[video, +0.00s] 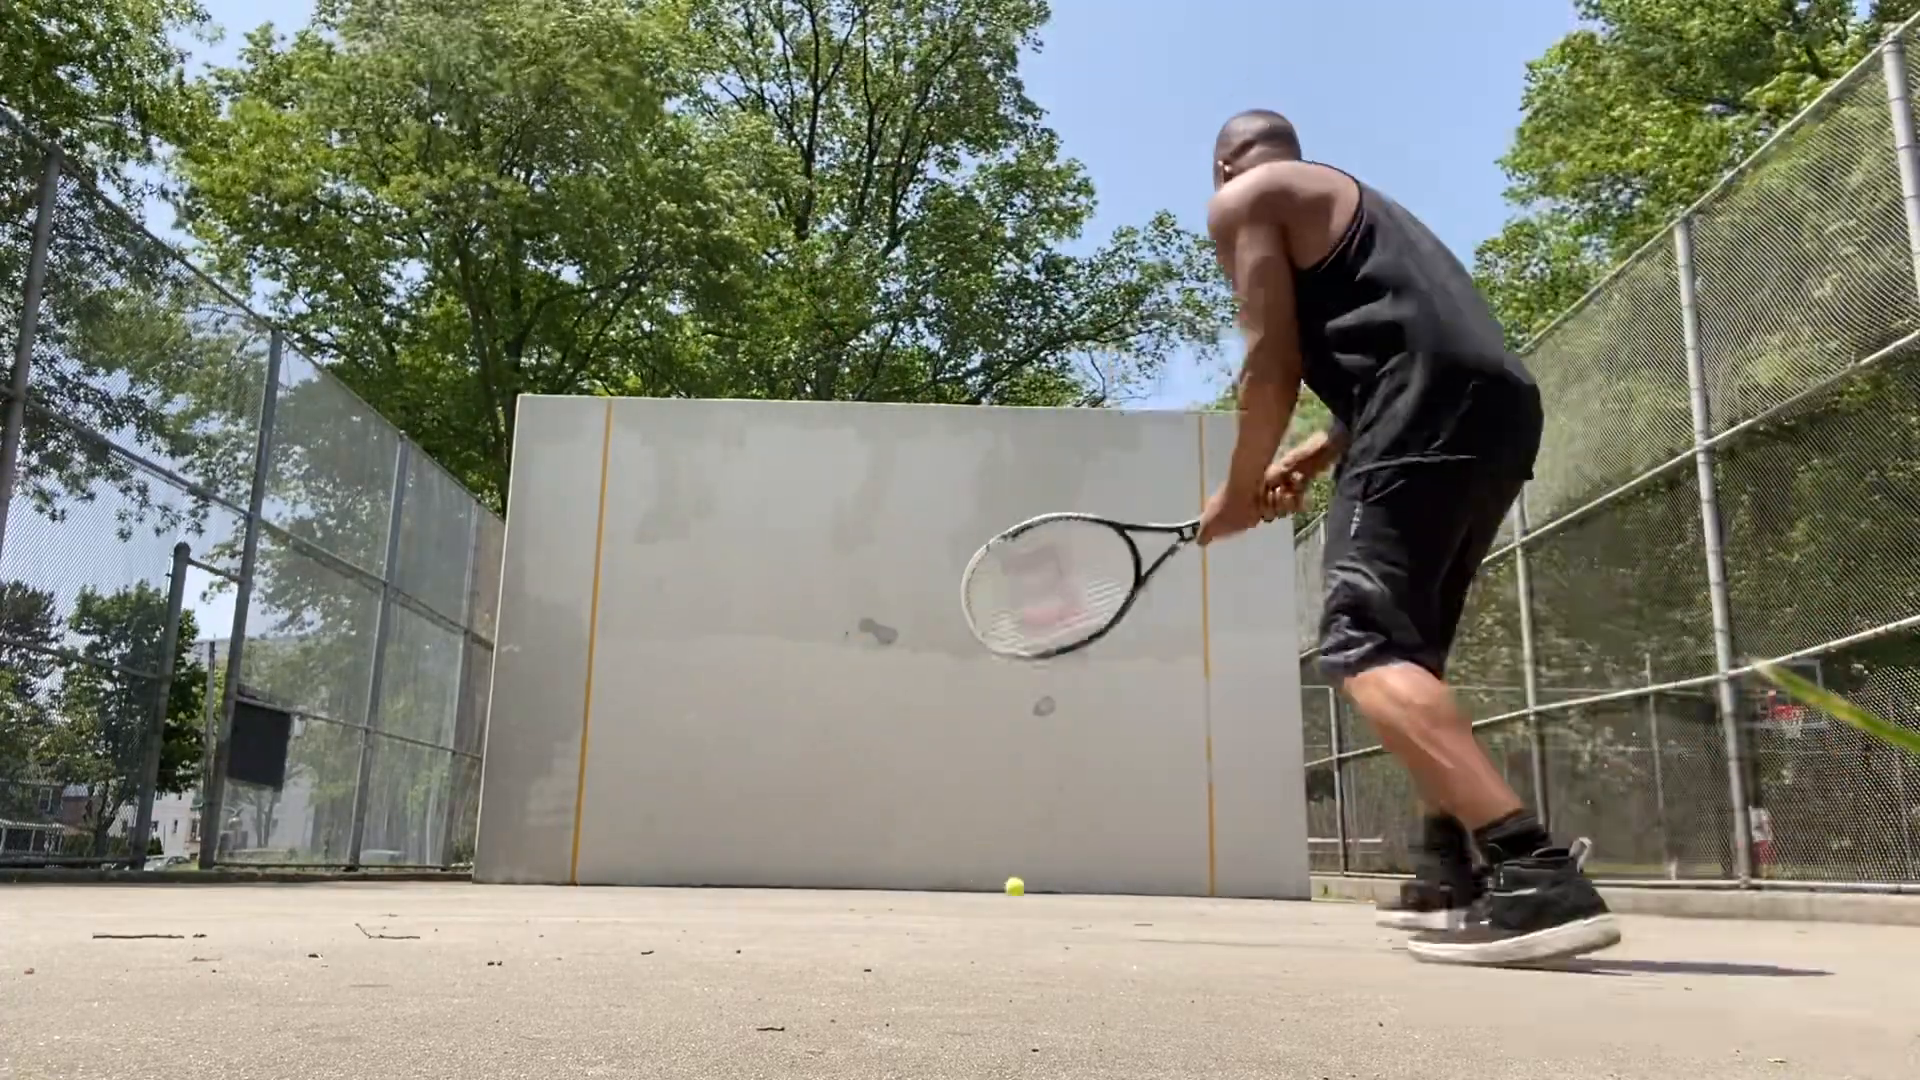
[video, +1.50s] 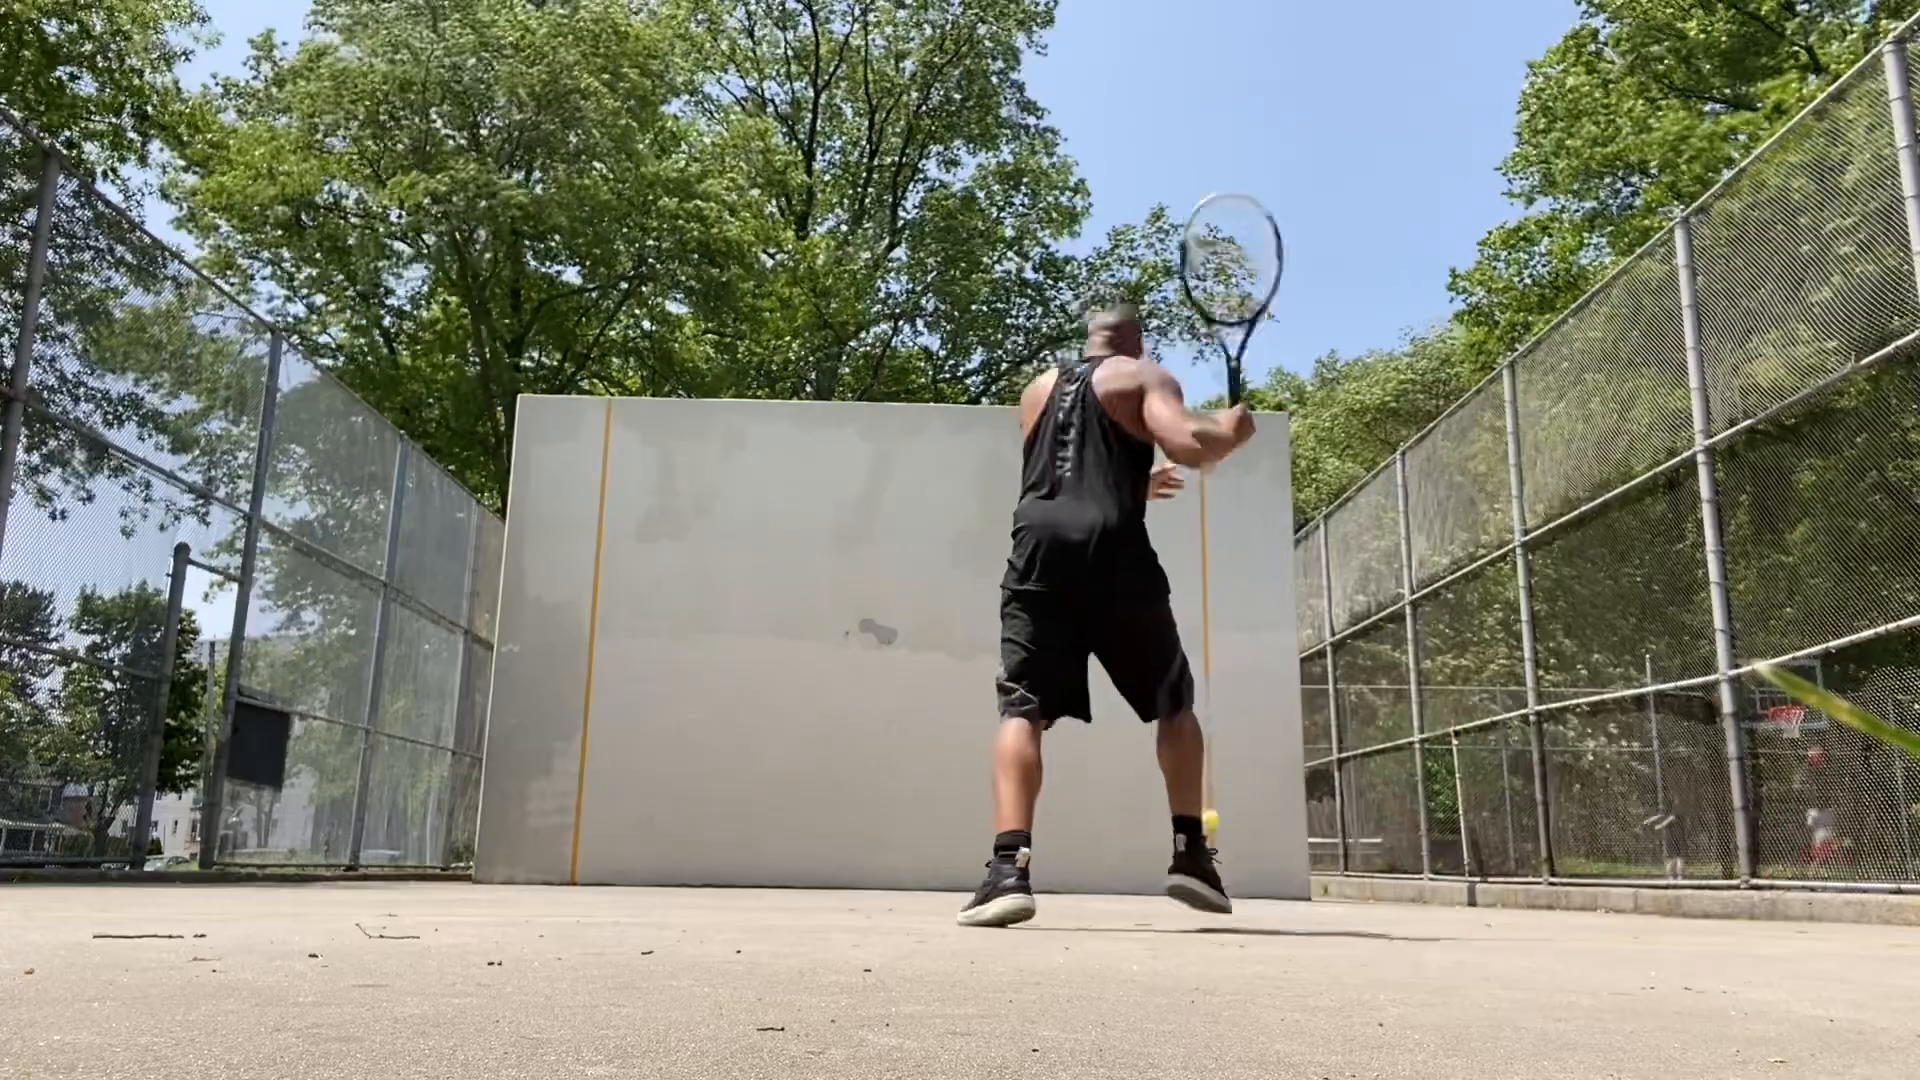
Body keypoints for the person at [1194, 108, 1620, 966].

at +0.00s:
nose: (1219, 181)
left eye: (1220, 168)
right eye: (1224, 167)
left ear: (1229, 161)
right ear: (1290, 153)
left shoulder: (1248, 195)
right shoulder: (1349, 206)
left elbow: (1273, 359)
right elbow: (1401, 374)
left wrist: (1240, 491)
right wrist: (1310, 457)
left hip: (1429, 394)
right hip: (1500, 401)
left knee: (1360, 646)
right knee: (1415, 639)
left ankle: (1532, 869)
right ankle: (1449, 864)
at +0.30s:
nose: (1136, 416)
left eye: (1136, 408)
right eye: (1141, 409)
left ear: (1142, 401)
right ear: (1188, 396)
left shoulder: (1157, 418)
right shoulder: (1242, 428)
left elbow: (1239, 482)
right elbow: (1276, 539)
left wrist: (1255, 606)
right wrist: (1239, 615)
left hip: (1348, 529)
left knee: (1374, 727)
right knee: (1291, 702)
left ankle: (1516, 815)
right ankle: (1304, 885)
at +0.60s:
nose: (1122, 400)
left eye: (1119, 391)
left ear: (1126, 387)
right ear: (1176, 377)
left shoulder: (1113, 424)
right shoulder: (1228, 388)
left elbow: (1145, 497)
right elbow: (1253, 393)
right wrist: (1195, 387)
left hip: (1247, 502)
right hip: (1307, 477)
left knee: (1352, 659)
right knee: (1279, 689)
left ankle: (1580, 671)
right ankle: (1311, 880)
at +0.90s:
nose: (1074, 337)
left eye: (1077, 328)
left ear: (1081, 330)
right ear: (1138, 329)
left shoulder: (1069, 367)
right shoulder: (1191, 369)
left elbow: (1058, 484)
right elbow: (1213, 456)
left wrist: (1096, 541)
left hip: (1163, 513)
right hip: (1247, 515)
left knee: (1095, 680)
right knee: (1239, 701)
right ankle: (1302, 869)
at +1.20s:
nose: (1073, 328)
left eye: (1070, 320)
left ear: (1069, 326)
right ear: (1127, 325)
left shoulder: (1032, 374)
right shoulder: (1167, 361)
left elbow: (1022, 490)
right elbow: (1211, 436)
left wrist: (1085, 509)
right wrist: (1162, 493)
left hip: (1078, 544)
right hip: (1165, 546)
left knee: (1037, 704)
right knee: (1190, 702)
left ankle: (1012, 879)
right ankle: (1258, 847)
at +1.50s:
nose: (1146, 352)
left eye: (1140, 344)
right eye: (1144, 344)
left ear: (1086, 343)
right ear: (1137, 344)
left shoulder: (1039, 389)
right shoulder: (1143, 375)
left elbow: (1049, 471)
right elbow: (1188, 447)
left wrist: (1133, 483)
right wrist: (1228, 431)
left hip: (1037, 554)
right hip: (1115, 557)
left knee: (1022, 709)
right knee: (1173, 703)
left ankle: (1008, 870)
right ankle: (1191, 854)